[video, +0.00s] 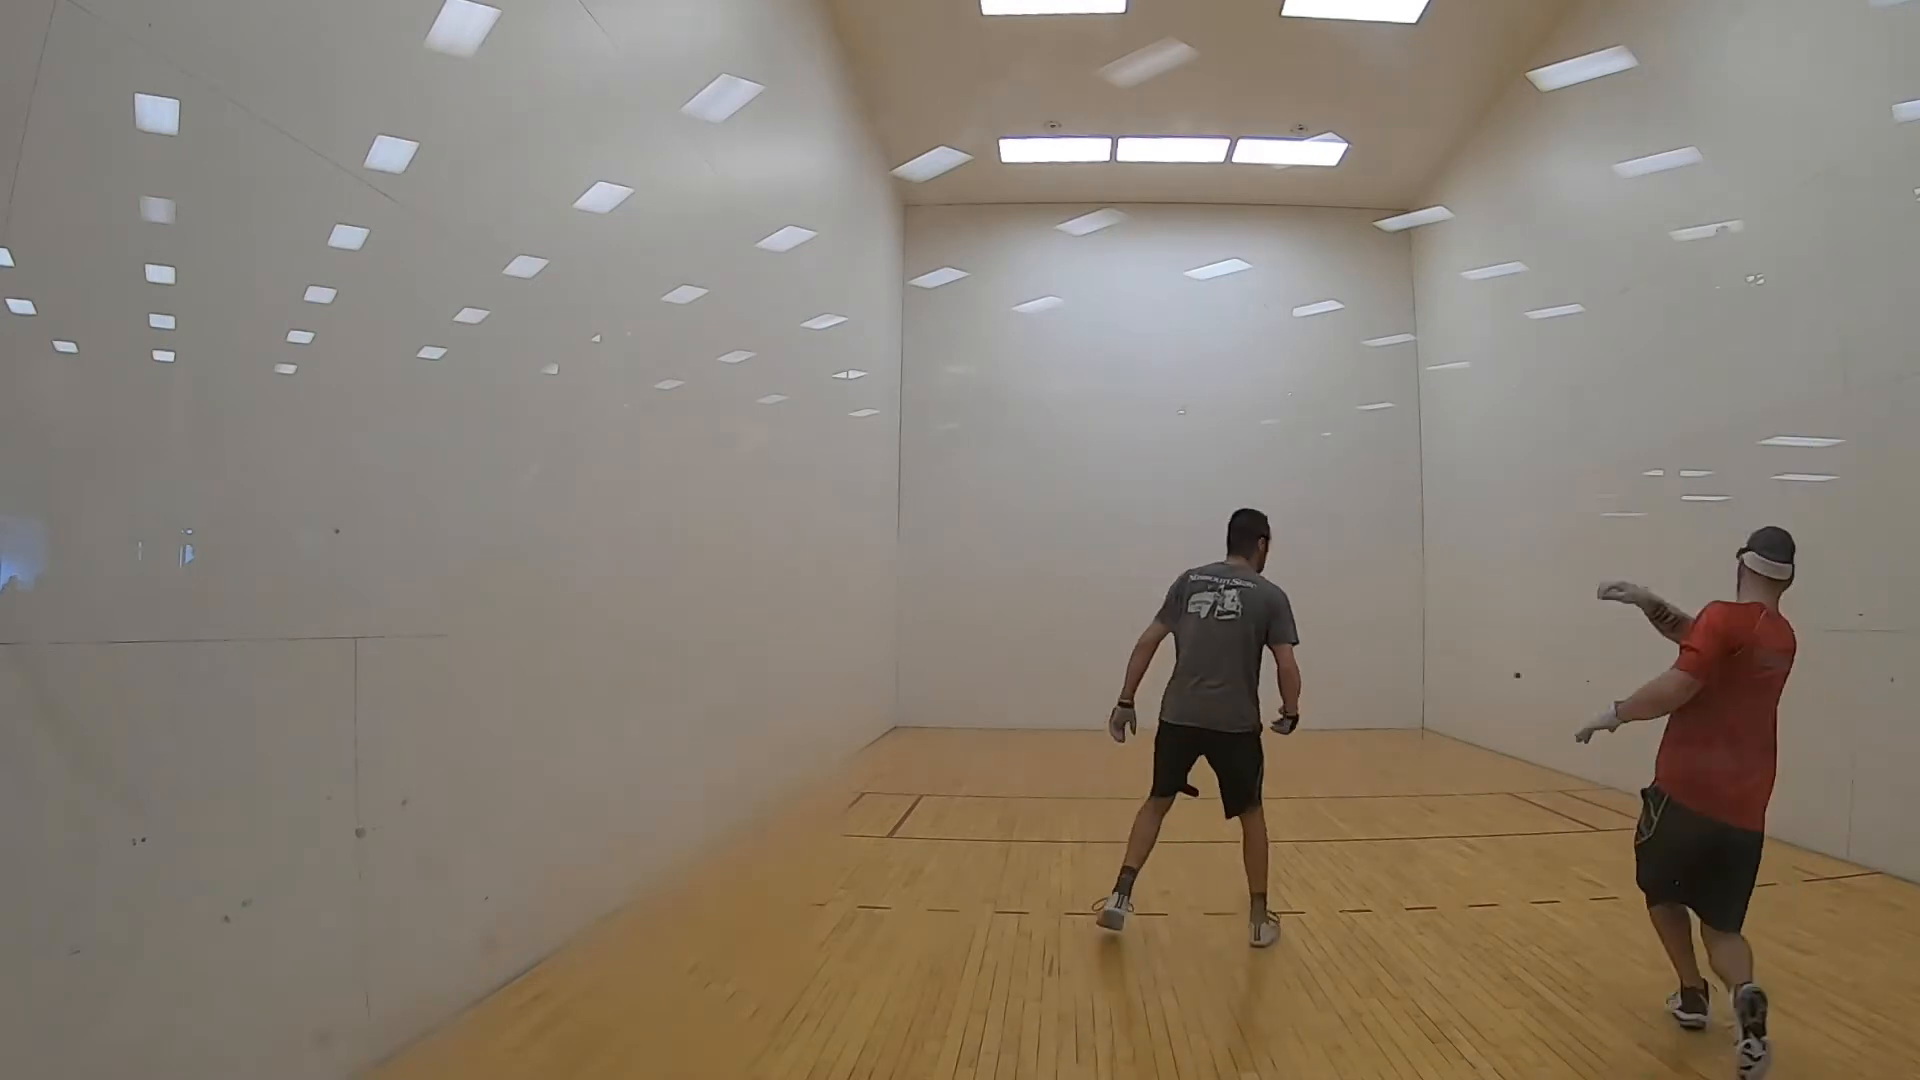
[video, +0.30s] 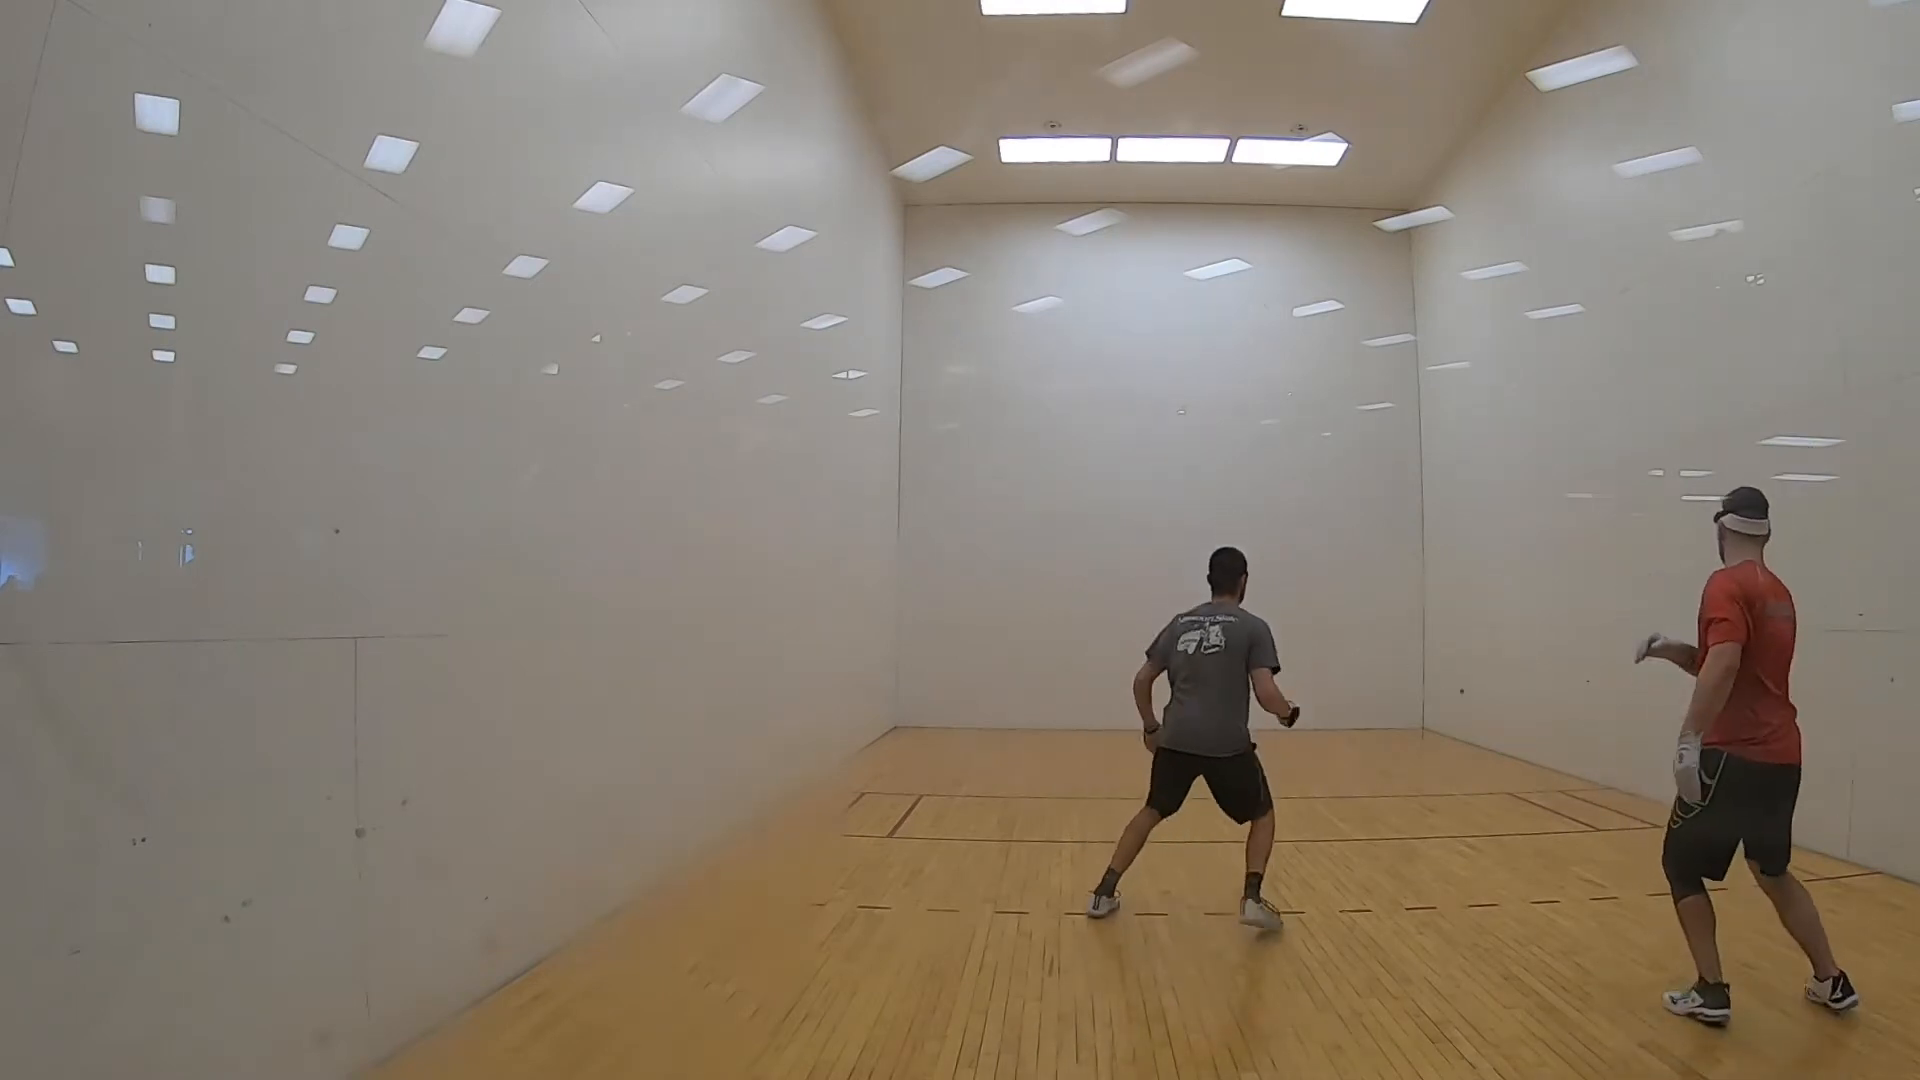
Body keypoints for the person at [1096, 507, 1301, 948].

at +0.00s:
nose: (1270, 552)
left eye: (1269, 545)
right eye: (1270, 545)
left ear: (1227, 542)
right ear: (1262, 545)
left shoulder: (1188, 581)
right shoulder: (1269, 595)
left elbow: (1148, 642)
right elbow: (1286, 663)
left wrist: (1125, 700)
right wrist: (1291, 711)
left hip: (1178, 720)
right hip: (1234, 726)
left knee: (1157, 802)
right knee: (1252, 817)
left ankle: (1119, 897)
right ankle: (1259, 919)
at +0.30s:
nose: (1246, 583)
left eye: (1243, 577)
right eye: (1246, 577)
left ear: (1209, 580)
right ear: (1243, 581)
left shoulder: (1180, 624)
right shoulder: (1253, 626)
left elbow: (1141, 681)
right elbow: (1266, 695)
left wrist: (1150, 725)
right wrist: (1286, 711)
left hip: (1175, 742)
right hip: (1227, 746)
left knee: (1152, 809)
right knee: (1262, 813)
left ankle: (1103, 893)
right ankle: (1252, 900)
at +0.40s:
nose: (1252, 603)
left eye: (1250, 598)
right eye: (1253, 598)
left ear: (1217, 599)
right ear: (1249, 600)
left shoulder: (1191, 642)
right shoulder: (1259, 640)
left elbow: (1167, 711)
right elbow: (1271, 698)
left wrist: (1195, 740)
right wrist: (1307, 729)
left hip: (1183, 748)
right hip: (1234, 749)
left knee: (1156, 813)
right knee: (1283, 803)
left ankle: (1105, 891)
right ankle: (1275, 892)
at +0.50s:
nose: (1279, 619)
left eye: (1275, 612)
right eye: (1278, 612)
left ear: (1243, 613)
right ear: (1273, 613)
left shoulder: (1220, 650)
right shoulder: (1279, 650)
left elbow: (1231, 720)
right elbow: (1299, 702)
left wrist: (1290, 730)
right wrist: (1353, 730)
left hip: (1201, 752)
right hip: (1251, 750)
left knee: (1165, 821)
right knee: (1313, 791)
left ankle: (1107, 891)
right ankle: (1332, 885)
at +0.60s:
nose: (1333, 616)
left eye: (1327, 609)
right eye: (1332, 610)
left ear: (1297, 612)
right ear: (1329, 613)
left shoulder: (1276, 647)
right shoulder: (1321, 648)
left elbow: (1300, 713)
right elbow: (1333, 698)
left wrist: (1356, 705)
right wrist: (1386, 715)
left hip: (1239, 750)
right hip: (1283, 748)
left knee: (1198, 827)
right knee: (1353, 788)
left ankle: (1118, 884)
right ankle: (1366, 884)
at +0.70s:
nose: (1398, 629)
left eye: (1397, 622)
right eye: (1398, 622)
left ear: (1362, 619)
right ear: (1393, 624)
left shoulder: (1340, 650)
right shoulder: (1368, 654)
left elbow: (1355, 715)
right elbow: (1370, 705)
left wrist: (1403, 728)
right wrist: (1428, 708)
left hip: (1279, 749)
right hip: (1318, 750)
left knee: (1270, 834)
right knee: (1379, 798)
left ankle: (1189, 840)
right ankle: (1377, 890)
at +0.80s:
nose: (1442, 647)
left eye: (1443, 640)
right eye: (1444, 640)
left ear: (1413, 634)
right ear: (1439, 642)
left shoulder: (1390, 660)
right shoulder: (1401, 666)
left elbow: (1392, 715)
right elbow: (1401, 712)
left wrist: (1418, 748)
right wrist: (1462, 702)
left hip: (1311, 738)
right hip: (1335, 741)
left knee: (1352, 808)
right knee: (1397, 802)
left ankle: (1272, 831)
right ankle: (1378, 889)